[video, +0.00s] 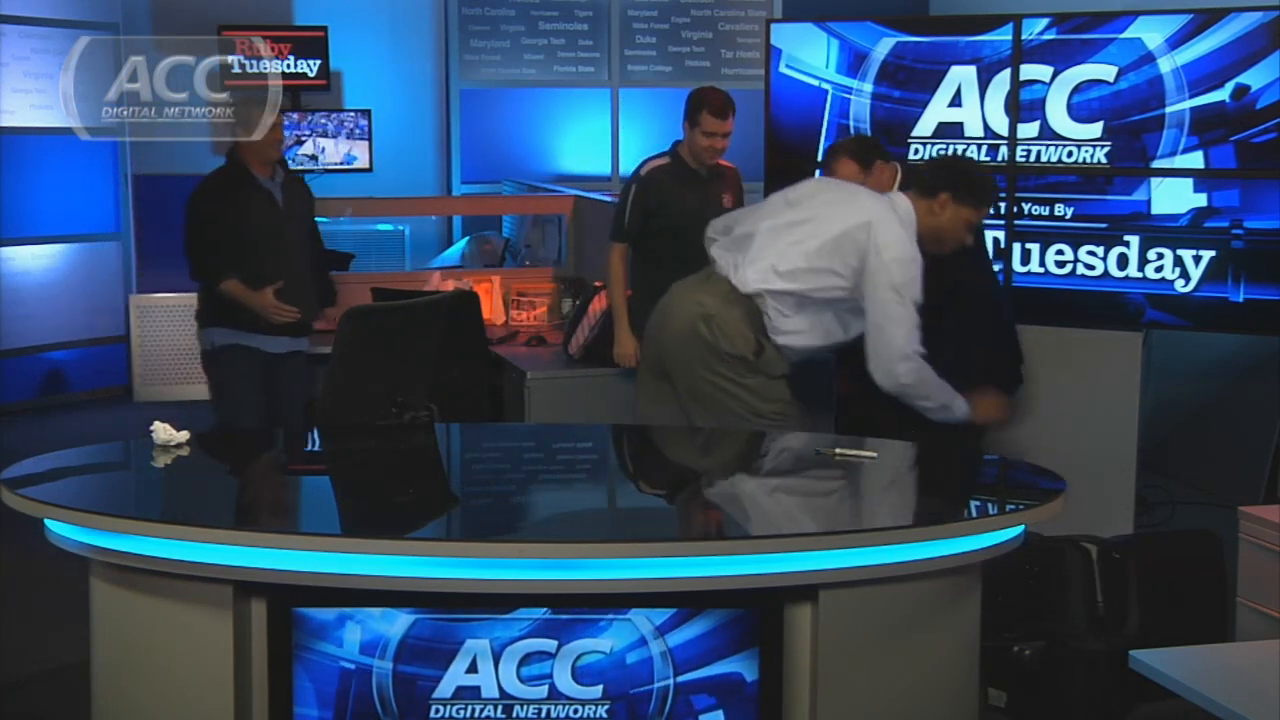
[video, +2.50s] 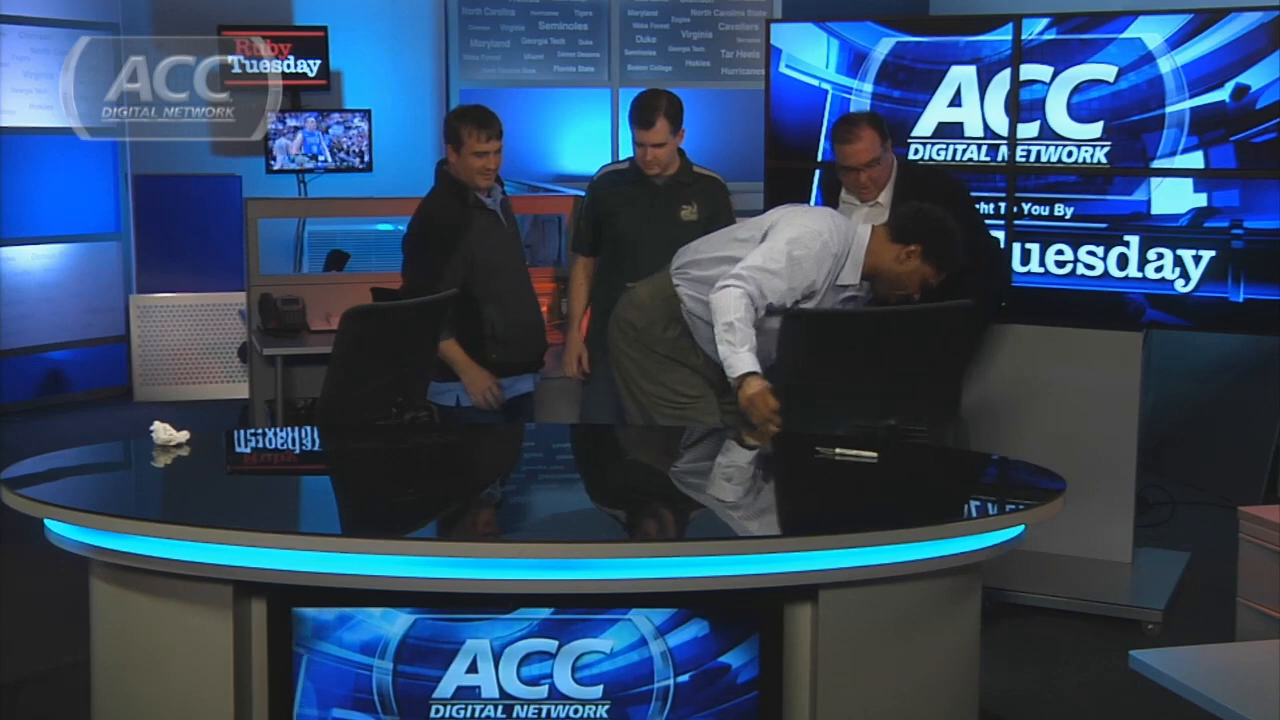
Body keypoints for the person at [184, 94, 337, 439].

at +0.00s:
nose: (281, 135)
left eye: (281, 126)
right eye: (271, 128)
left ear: (281, 130)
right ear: (245, 135)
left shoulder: (296, 188)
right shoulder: (212, 191)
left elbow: (311, 253)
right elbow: (207, 265)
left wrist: (325, 304)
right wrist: (251, 298)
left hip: (290, 340)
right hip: (234, 340)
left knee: (289, 439)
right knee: (244, 439)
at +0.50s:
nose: (349, 144)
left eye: (350, 135)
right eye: (339, 136)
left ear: (352, 135)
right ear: (308, 141)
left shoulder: (355, 193)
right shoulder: (280, 203)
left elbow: (360, 267)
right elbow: (277, 289)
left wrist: (369, 325)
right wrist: (317, 335)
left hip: (354, 352)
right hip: (300, 361)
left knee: (357, 459)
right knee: (306, 460)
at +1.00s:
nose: (442, 145)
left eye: (444, 135)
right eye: (432, 136)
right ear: (402, 140)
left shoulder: (445, 199)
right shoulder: (365, 203)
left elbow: (454, 272)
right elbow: (354, 282)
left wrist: (472, 330)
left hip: (444, 348)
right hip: (392, 350)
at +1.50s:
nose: (486, 152)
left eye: (488, 142)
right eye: (476, 143)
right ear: (446, 147)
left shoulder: (472, 199)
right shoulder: (433, 205)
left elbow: (485, 280)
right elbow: (443, 295)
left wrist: (520, 316)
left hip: (493, 364)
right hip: (459, 369)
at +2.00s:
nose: (502, 161)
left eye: (507, 151)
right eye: (491, 153)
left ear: (512, 147)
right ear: (462, 152)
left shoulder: (486, 204)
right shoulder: (451, 210)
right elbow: (443, 305)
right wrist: (500, 352)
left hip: (499, 384)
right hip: (471, 388)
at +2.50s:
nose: (491, 164)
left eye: (497, 153)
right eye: (480, 155)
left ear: (502, 149)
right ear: (452, 154)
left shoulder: (496, 198)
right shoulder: (435, 217)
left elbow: (506, 280)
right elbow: (422, 309)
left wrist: (528, 346)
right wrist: (467, 369)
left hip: (515, 379)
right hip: (463, 391)